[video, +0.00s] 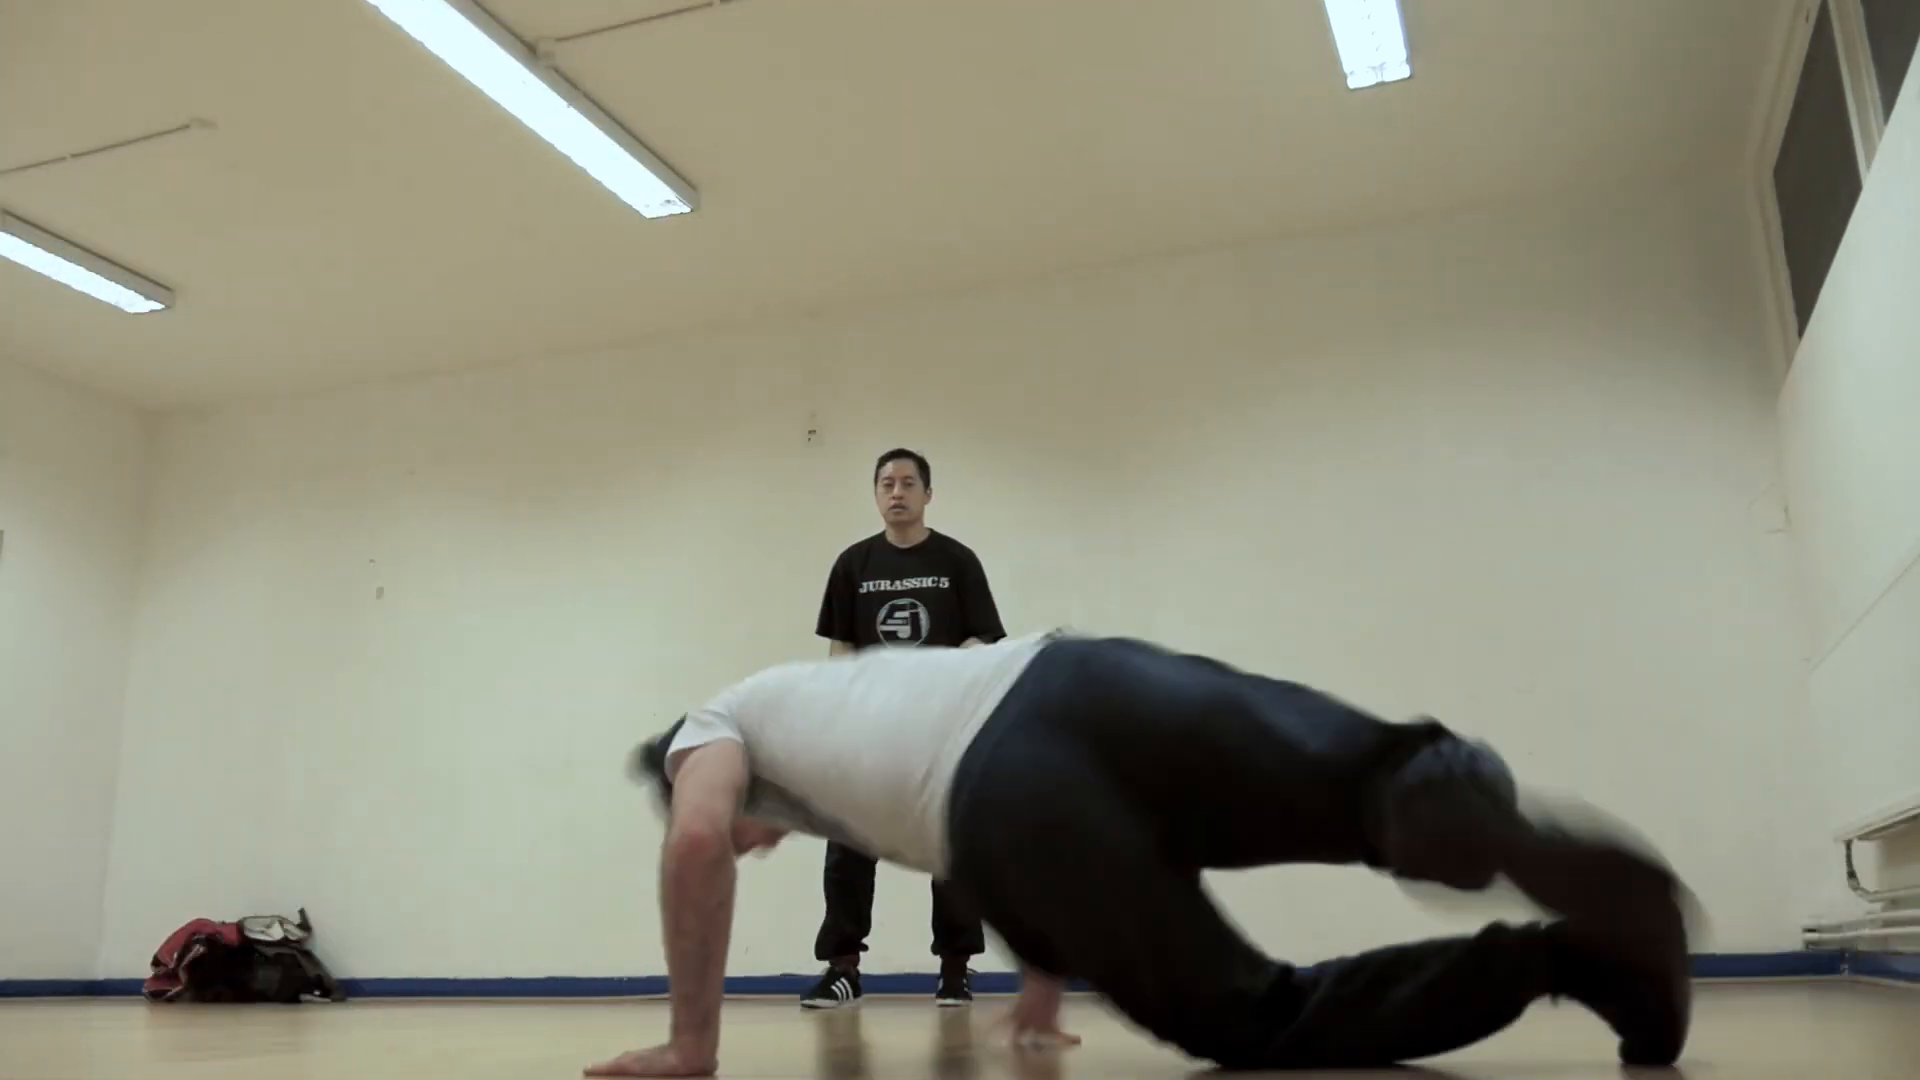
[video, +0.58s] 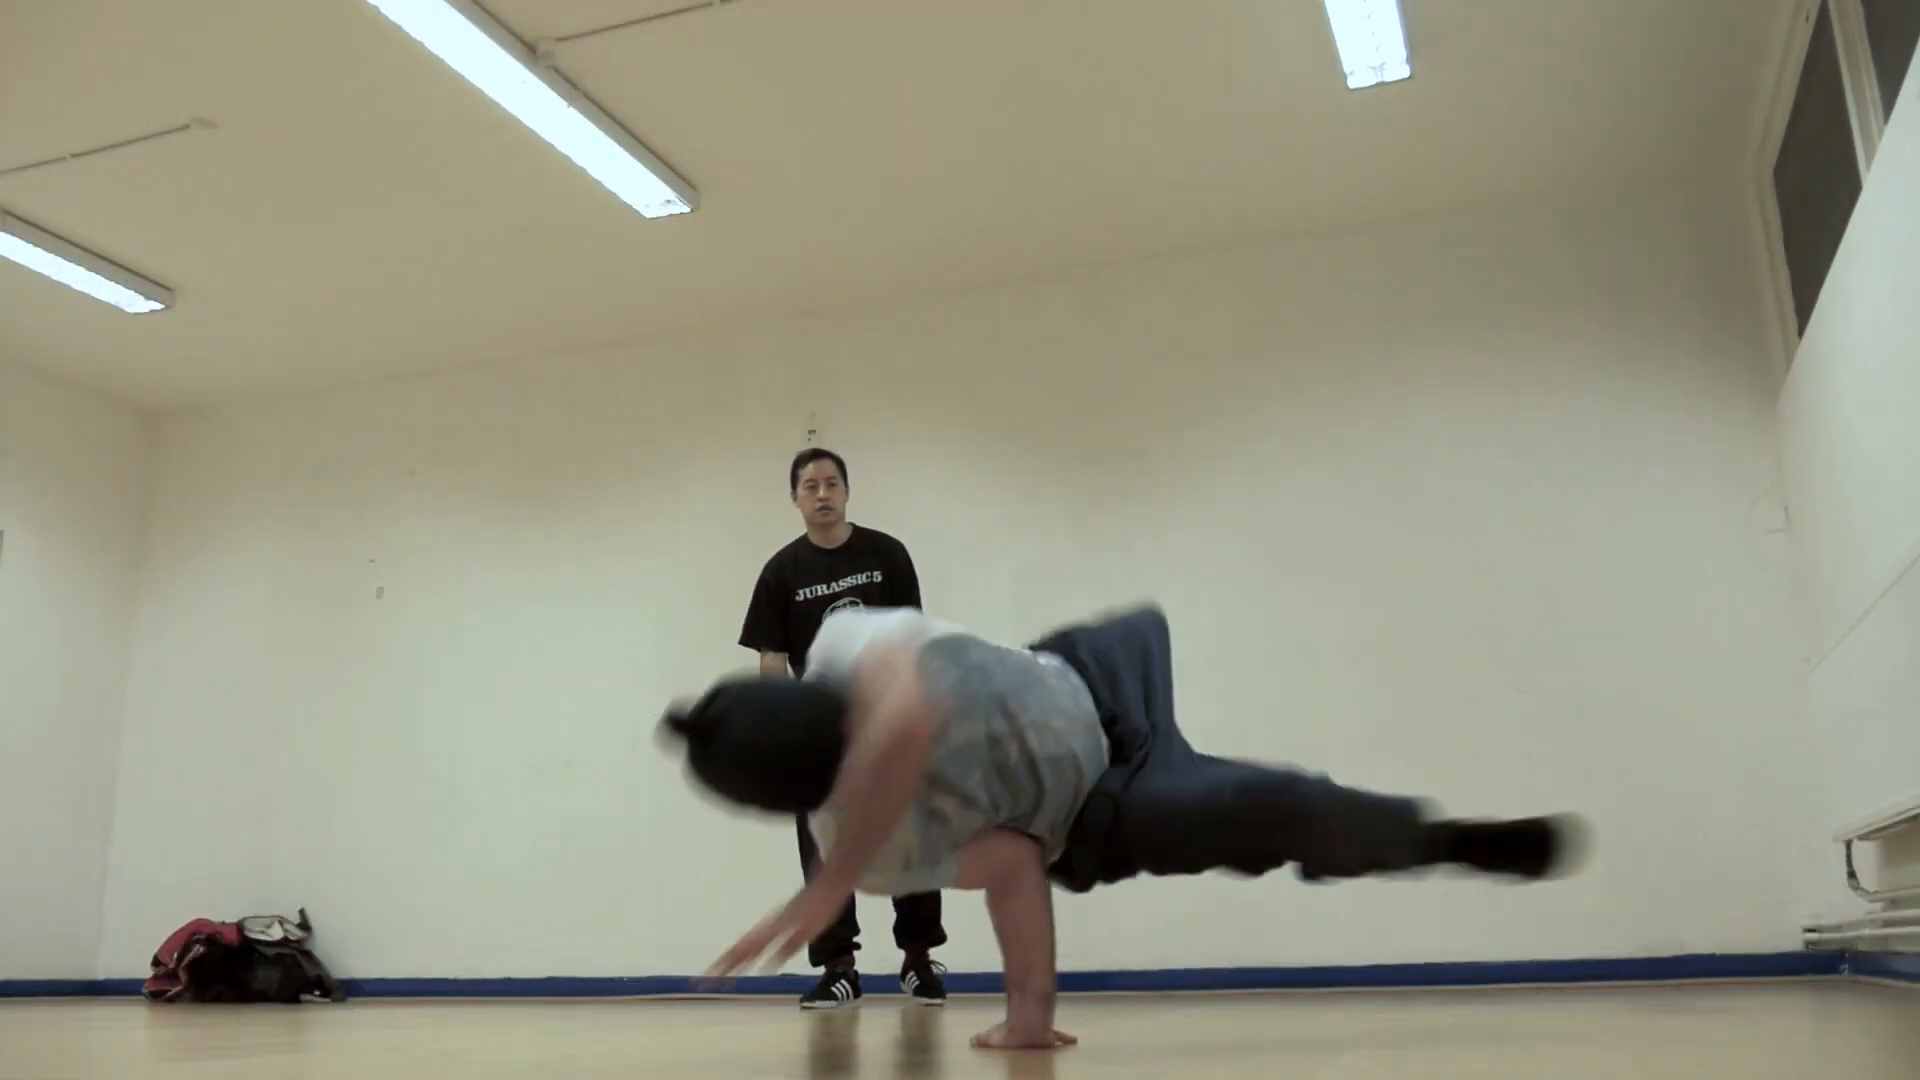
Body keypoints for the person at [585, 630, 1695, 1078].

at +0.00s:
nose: (694, 829)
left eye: (680, 808)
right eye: (680, 816)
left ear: (685, 761)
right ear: (752, 706)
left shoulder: (721, 723)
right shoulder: (871, 695)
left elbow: (701, 841)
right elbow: (1014, 808)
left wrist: (691, 1035)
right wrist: (1041, 1007)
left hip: (1000, 801)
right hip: (1077, 682)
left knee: (1258, 1021)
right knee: (1355, 777)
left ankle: (1559, 961)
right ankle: (1477, 818)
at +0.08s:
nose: (669, 912)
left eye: (654, 903)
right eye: (661, 909)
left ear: (646, 862)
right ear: (682, 860)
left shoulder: (699, 763)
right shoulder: (824, 788)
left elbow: (712, 837)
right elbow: (1004, 877)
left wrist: (692, 1049)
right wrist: (1029, 1038)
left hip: (1046, 746)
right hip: (1110, 665)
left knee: (1287, 1012)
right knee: (1423, 776)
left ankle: (1607, 926)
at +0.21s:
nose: (651, 1005)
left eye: (634, 996)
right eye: (646, 996)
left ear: (636, 966)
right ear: (681, 944)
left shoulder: (698, 815)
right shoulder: (820, 907)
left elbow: (695, 828)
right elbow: (1004, 857)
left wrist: (688, 1046)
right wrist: (1028, 1026)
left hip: (1047, 710)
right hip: (1084, 713)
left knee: (1278, 889)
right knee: (1357, 668)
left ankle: (1512, 739)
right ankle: (1264, 472)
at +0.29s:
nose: (718, 986)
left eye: (692, 981)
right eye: (700, 991)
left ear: (660, 946)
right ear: (701, 979)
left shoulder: (715, 842)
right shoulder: (839, 948)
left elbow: (684, 832)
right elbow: (1004, 882)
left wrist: (684, 1050)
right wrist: (1030, 1028)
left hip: (1041, 695)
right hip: (1086, 799)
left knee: (1287, 661)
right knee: (1347, 760)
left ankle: (1334, 498)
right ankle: (1337, 638)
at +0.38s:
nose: (708, 1005)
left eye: (671, 994)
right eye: (693, 996)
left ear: (670, 946)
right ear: (711, 960)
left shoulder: (725, 811)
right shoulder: (857, 921)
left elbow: (709, 833)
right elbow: (1003, 870)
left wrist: (688, 1045)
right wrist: (1028, 1018)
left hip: (1066, 673)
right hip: (1103, 807)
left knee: (1267, 506)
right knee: (1340, 846)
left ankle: (1136, 423)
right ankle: (1471, 789)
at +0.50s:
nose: (718, 901)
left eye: (702, 888)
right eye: (705, 898)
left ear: (713, 830)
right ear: (744, 869)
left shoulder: (806, 725)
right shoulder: (859, 887)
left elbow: (789, 864)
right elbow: (1012, 872)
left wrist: (699, 1038)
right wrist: (1033, 1017)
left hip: (1074, 650)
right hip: (1115, 783)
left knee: (1144, 565)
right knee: (1338, 837)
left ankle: (1058, 573)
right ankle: (1589, 860)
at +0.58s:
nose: (769, 708)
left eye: (752, 718)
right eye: (756, 717)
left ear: (755, 778)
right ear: (805, 746)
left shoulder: (855, 645)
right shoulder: (884, 847)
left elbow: (902, 722)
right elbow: (1017, 869)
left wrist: (818, 898)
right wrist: (1031, 1023)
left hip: (1064, 678)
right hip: (1096, 801)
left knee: (1136, 627)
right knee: (1282, 804)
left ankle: (1169, 773)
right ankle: (1453, 839)